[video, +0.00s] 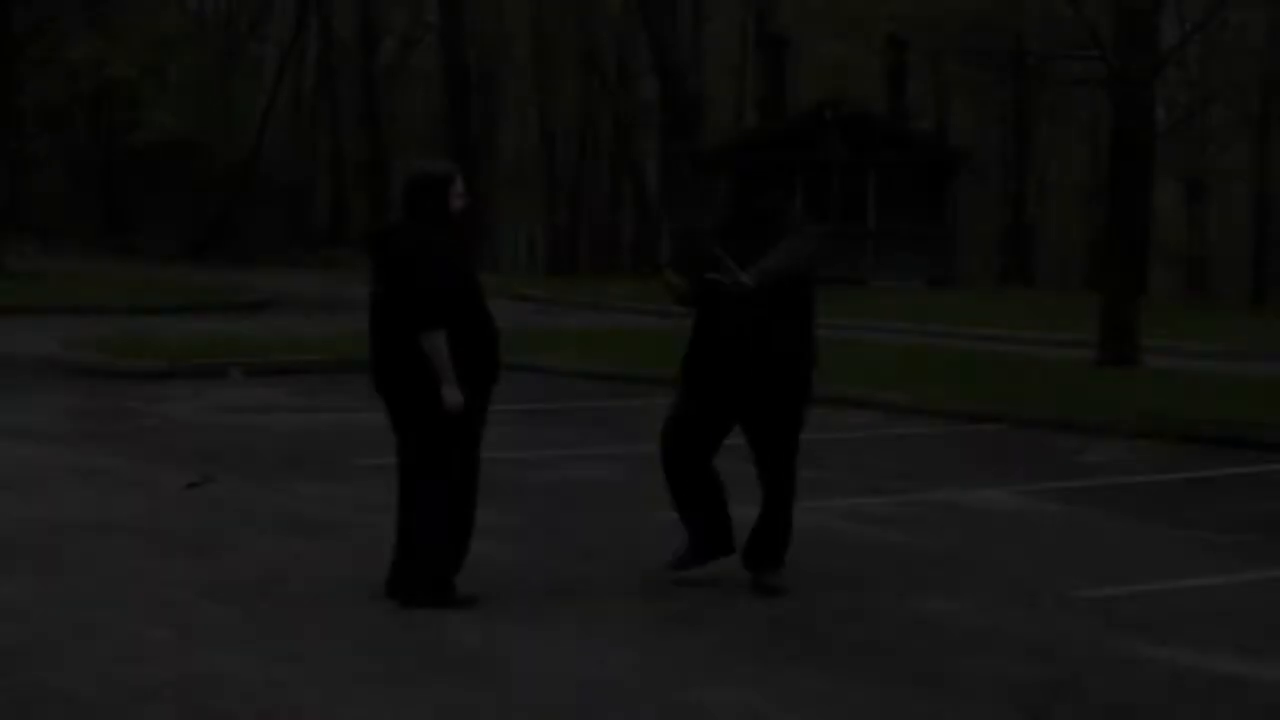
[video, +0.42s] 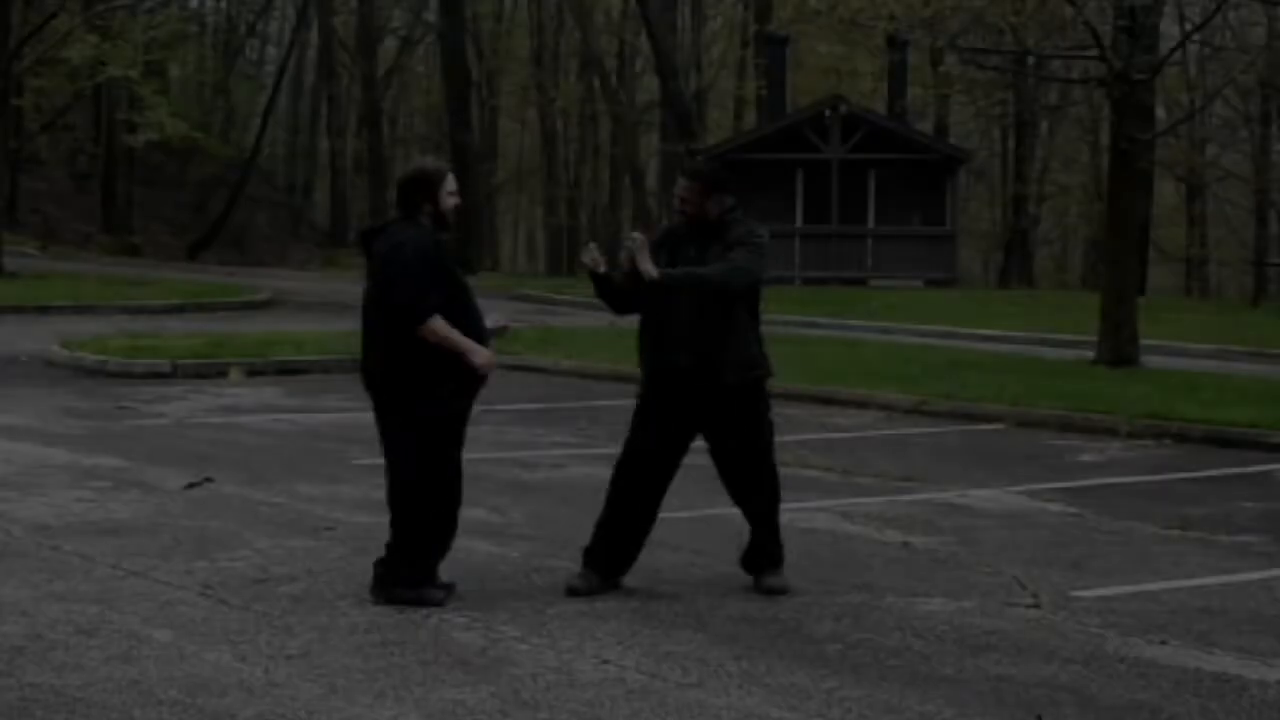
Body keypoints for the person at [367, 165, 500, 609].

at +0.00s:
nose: (463, 204)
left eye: (461, 195)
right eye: (456, 196)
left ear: (421, 200)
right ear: (439, 201)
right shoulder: (436, 247)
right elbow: (433, 327)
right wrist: (451, 385)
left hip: (416, 390)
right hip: (443, 394)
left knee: (425, 486)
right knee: (445, 489)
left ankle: (415, 577)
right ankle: (432, 582)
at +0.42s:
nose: (456, 202)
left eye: (455, 193)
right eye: (450, 194)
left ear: (418, 200)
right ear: (428, 199)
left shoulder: (411, 241)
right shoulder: (415, 246)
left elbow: (424, 309)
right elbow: (423, 315)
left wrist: (476, 333)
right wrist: (470, 348)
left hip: (417, 384)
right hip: (418, 388)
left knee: (422, 479)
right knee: (427, 481)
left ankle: (411, 571)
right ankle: (408, 577)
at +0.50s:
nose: (452, 203)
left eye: (452, 195)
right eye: (446, 195)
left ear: (419, 200)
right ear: (423, 200)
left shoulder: (416, 243)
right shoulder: (410, 246)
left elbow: (442, 303)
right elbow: (430, 313)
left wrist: (488, 297)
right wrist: (478, 323)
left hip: (423, 382)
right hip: (414, 384)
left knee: (423, 480)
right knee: (414, 481)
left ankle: (416, 574)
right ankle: (397, 579)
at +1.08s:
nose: (458, 220)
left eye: (458, 212)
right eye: (450, 212)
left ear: (439, 216)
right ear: (423, 216)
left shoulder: (444, 260)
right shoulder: (392, 262)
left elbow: (475, 310)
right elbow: (427, 317)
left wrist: (522, 261)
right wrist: (476, 278)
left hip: (442, 403)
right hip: (394, 407)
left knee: (470, 474)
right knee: (391, 492)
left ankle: (469, 569)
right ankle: (385, 579)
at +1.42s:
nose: (488, 226)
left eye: (488, 218)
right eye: (480, 218)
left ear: (462, 224)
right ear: (453, 222)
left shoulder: (465, 264)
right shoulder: (431, 265)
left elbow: (493, 316)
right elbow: (491, 308)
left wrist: (540, 321)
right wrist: (531, 265)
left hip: (464, 405)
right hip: (426, 407)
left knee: (491, 482)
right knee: (411, 494)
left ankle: (511, 562)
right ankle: (386, 580)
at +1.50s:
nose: (500, 223)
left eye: (500, 215)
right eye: (493, 216)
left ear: (468, 223)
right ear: (468, 221)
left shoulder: (472, 263)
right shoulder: (452, 263)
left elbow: (507, 311)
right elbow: (523, 287)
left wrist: (554, 332)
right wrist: (569, 248)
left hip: (477, 402)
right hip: (441, 405)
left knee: (502, 481)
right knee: (423, 493)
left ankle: (512, 564)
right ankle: (386, 579)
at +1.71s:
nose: (534, 215)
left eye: (532, 208)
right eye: (527, 208)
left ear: (497, 215)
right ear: (504, 215)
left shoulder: (467, 253)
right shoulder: (503, 252)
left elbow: (501, 298)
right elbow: (570, 240)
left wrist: (549, 307)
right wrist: (614, 197)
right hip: (492, 395)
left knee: (515, 480)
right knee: (452, 482)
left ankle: (514, 565)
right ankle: (395, 565)